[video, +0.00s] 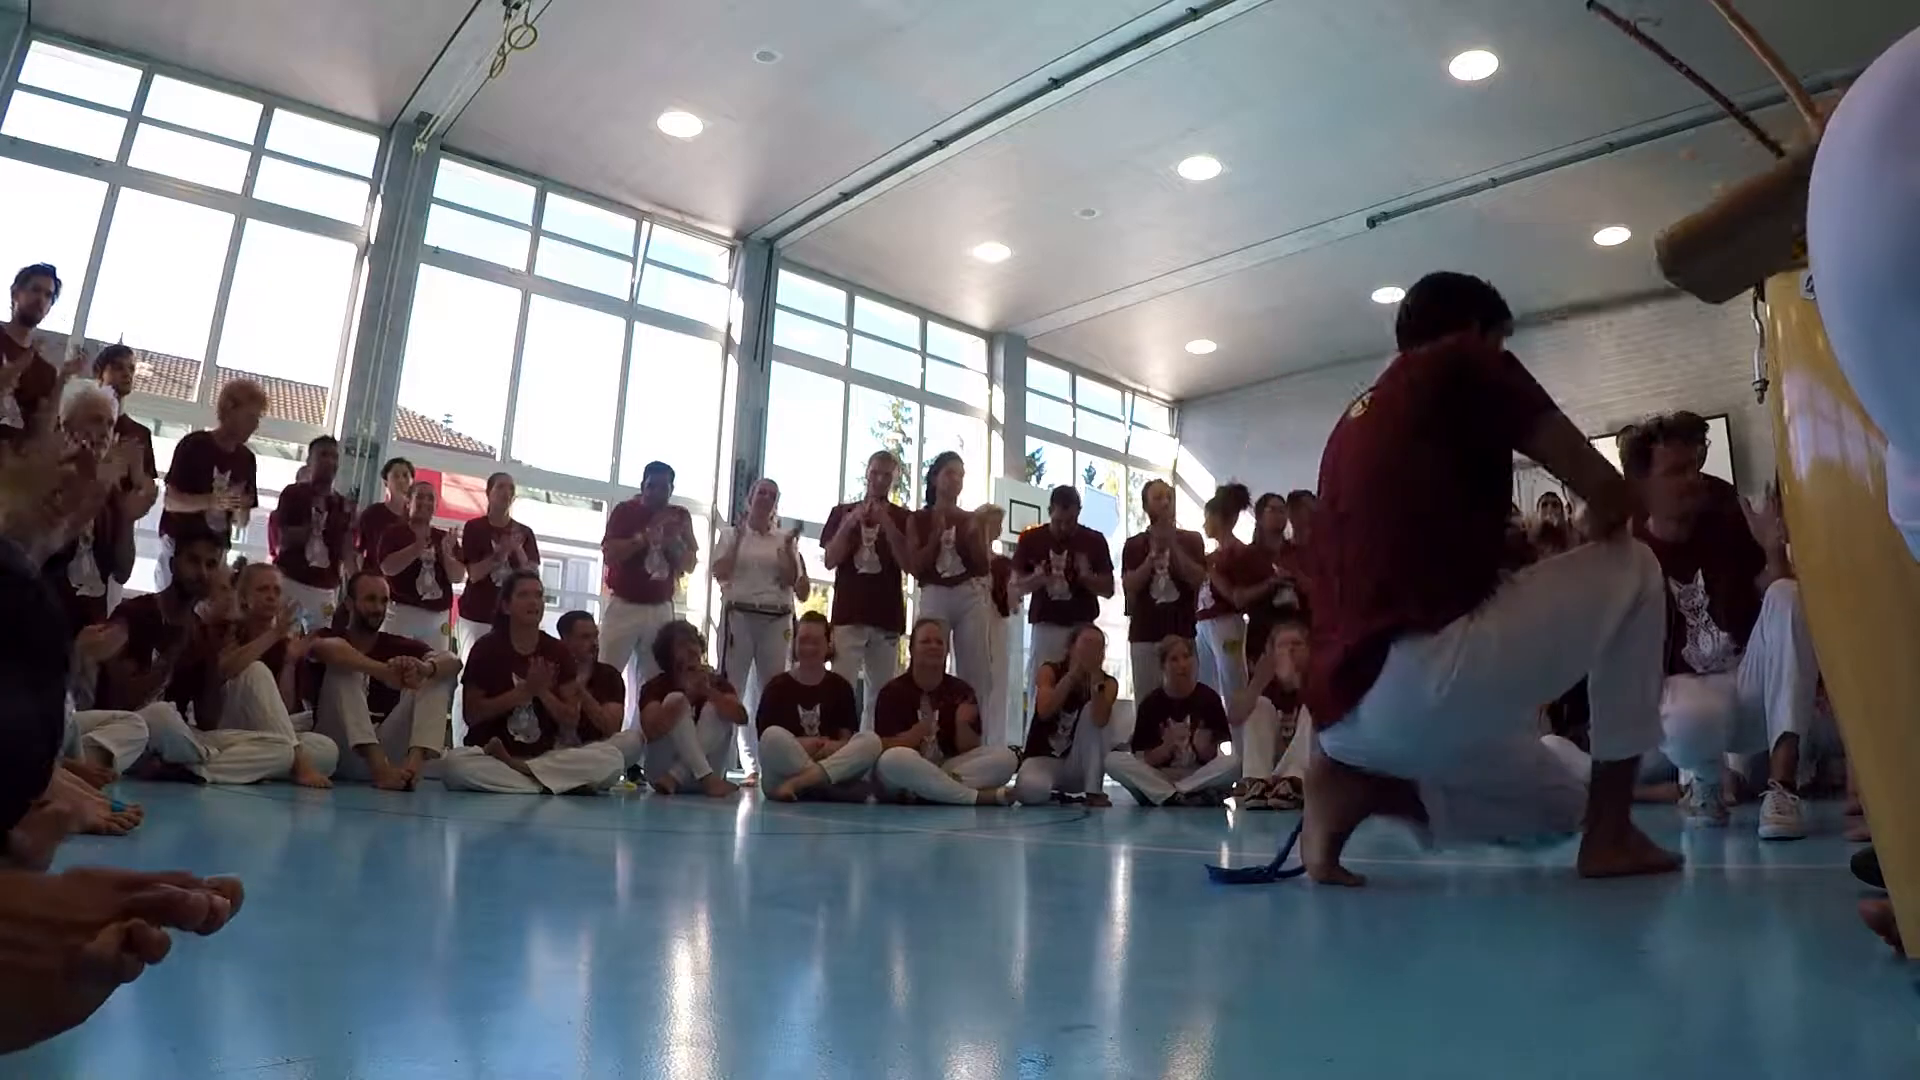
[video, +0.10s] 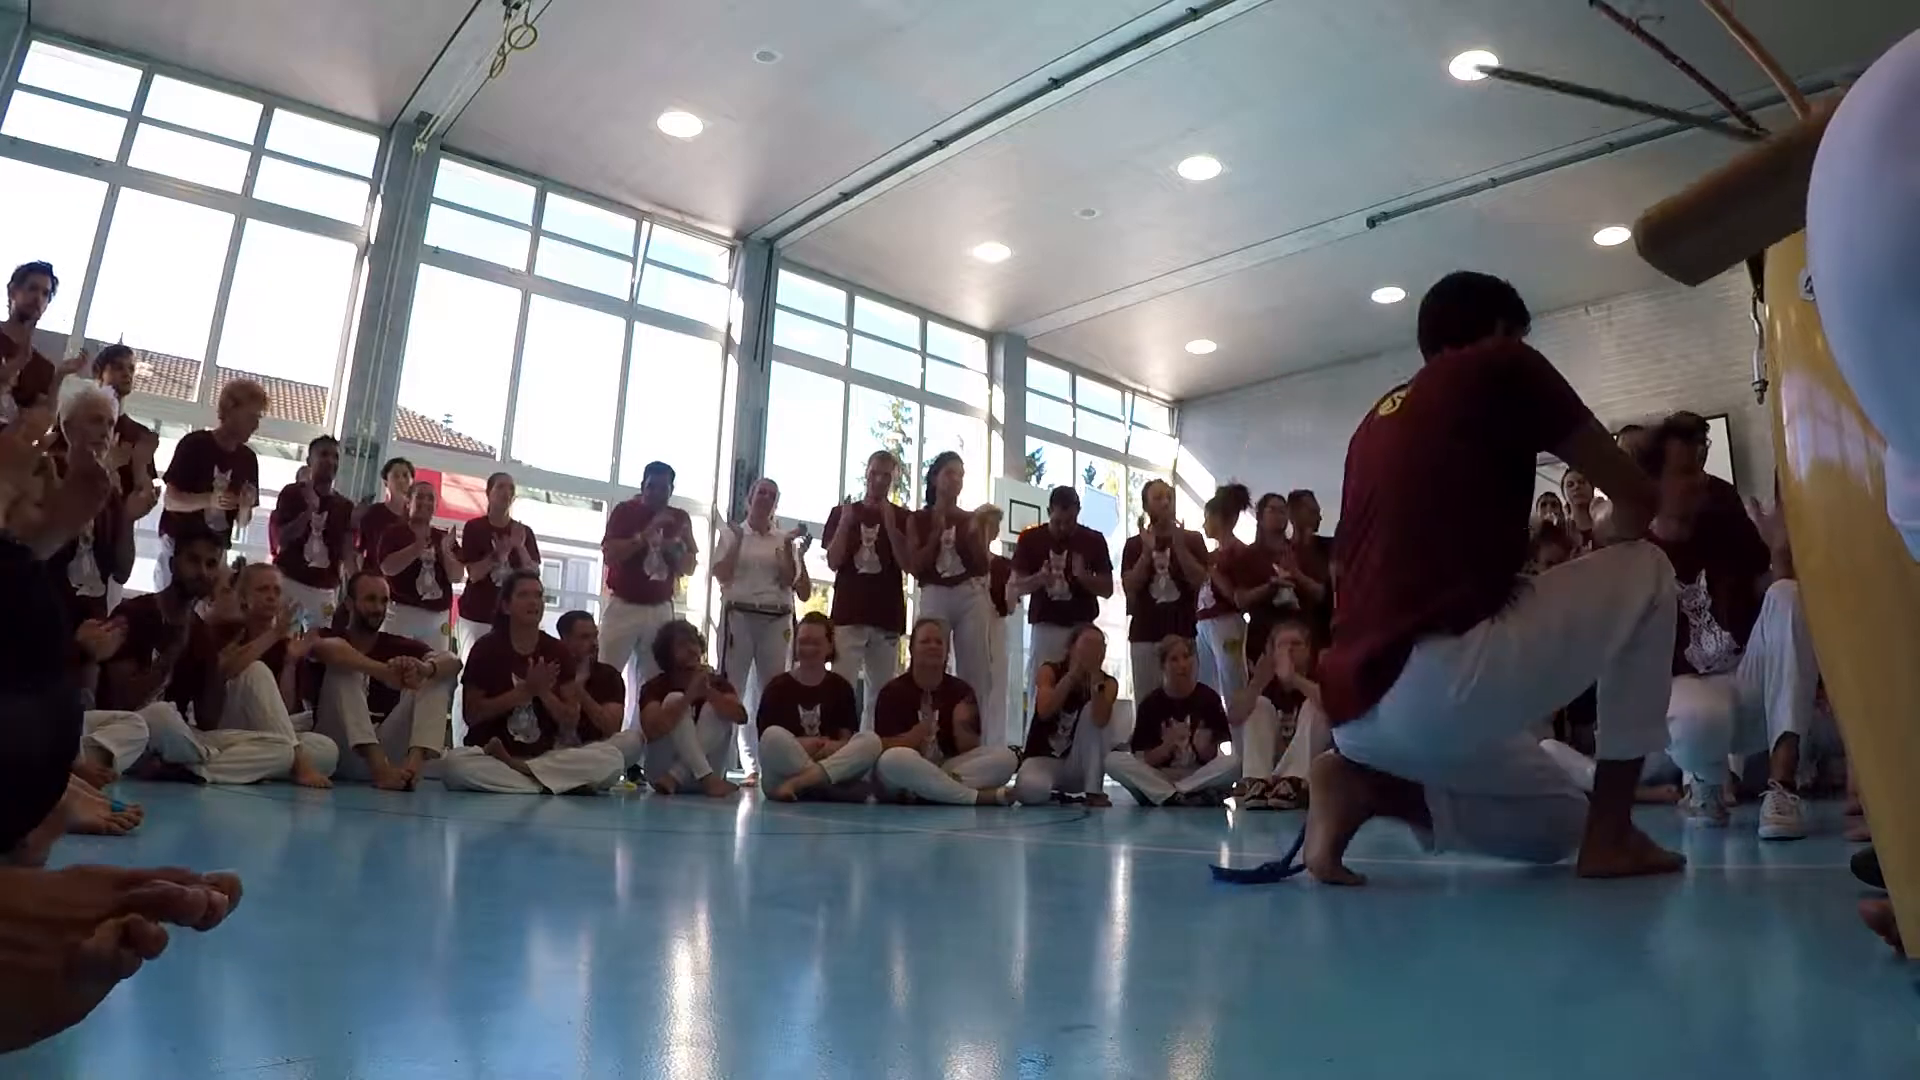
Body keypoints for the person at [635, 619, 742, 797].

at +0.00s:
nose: (690, 649)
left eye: (693, 642)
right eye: (681, 646)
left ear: (701, 646)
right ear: (668, 655)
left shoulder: (716, 682)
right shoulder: (654, 687)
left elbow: (741, 717)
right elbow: (650, 731)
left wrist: (708, 692)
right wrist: (689, 696)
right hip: (664, 773)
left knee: (716, 706)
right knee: (676, 700)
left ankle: (675, 777)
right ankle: (708, 777)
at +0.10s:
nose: (691, 649)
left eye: (694, 642)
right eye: (682, 645)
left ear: (701, 646)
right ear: (668, 653)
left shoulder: (716, 681)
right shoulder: (654, 686)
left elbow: (741, 716)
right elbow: (651, 731)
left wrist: (708, 692)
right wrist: (689, 696)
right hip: (664, 772)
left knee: (716, 706)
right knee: (674, 700)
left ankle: (675, 776)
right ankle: (708, 777)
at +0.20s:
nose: (690, 648)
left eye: (693, 642)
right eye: (681, 645)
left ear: (700, 645)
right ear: (667, 652)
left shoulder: (714, 681)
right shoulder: (653, 687)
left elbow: (742, 719)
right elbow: (651, 731)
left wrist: (713, 691)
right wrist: (681, 695)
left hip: (709, 771)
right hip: (664, 771)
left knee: (718, 707)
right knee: (674, 701)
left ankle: (675, 776)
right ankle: (707, 777)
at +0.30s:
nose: (690, 648)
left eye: (692, 641)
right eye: (681, 644)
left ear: (699, 644)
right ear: (666, 652)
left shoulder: (714, 680)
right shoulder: (653, 687)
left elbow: (742, 717)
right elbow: (650, 731)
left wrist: (710, 689)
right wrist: (684, 697)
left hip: (708, 772)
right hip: (664, 772)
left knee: (718, 706)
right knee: (675, 700)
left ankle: (675, 776)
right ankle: (707, 777)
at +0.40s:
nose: (690, 648)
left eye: (692, 641)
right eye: (681, 644)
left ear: (699, 645)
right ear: (666, 652)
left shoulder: (715, 680)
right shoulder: (653, 686)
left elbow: (741, 716)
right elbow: (651, 730)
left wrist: (707, 689)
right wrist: (690, 696)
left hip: (709, 771)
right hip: (664, 771)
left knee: (718, 705)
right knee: (675, 700)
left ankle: (675, 776)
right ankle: (707, 777)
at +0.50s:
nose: (689, 647)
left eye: (691, 640)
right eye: (680, 644)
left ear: (698, 644)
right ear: (665, 652)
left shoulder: (715, 680)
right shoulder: (653, 686)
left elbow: (742, 718)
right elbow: (650, 731)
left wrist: (708, 689)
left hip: (709, 771)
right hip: (664, 771)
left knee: (718, 706)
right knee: (676, 701)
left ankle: (675, 776)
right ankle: (707, 777)